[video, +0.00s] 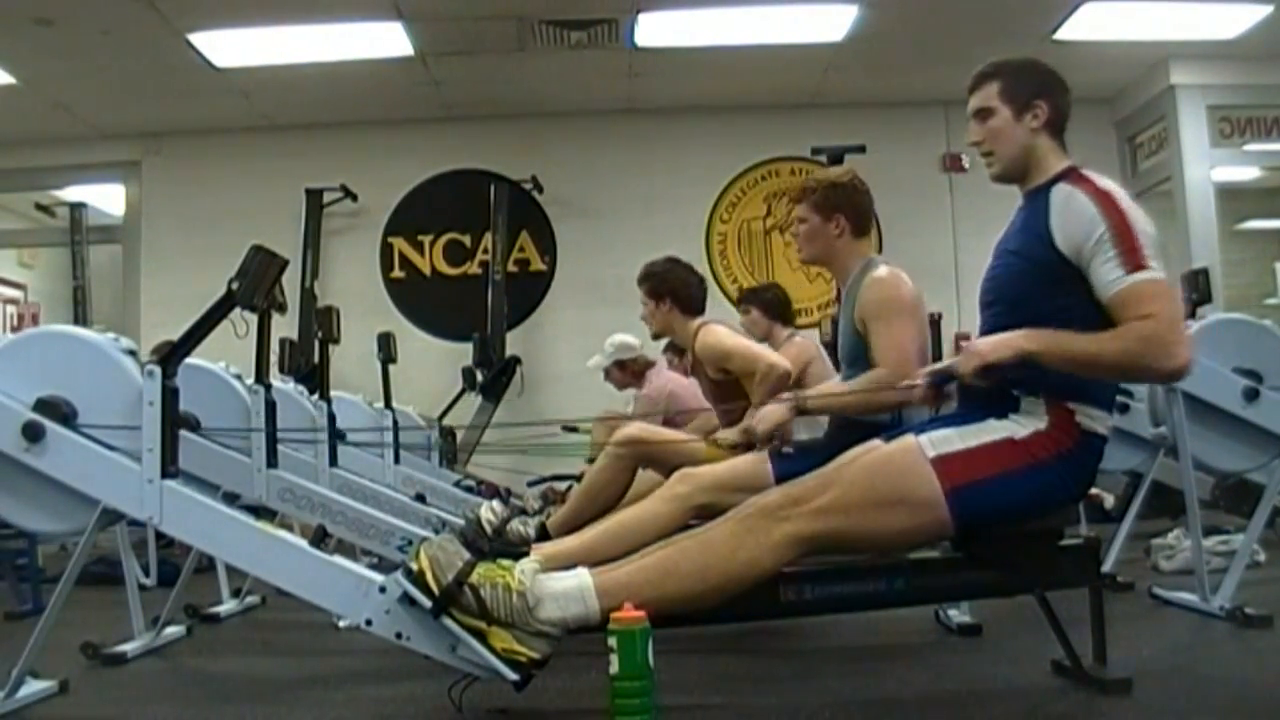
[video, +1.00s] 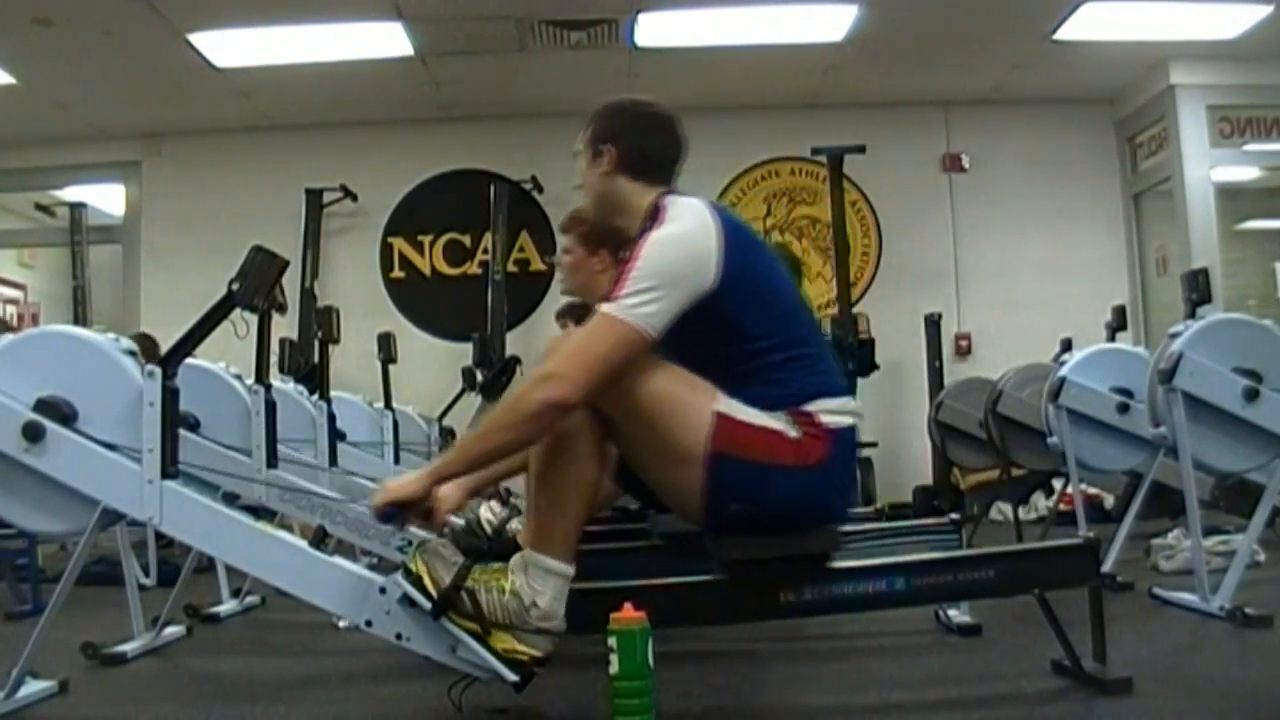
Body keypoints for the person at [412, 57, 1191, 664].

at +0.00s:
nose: (973, 140)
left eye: (985, 121)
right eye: (971, 126)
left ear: (1038, 117)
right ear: (1012, 126)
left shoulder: (1086, 198)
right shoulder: (1040, 213)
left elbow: (1166, 344)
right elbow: (1062, 341)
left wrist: (1018, 345)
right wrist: (972, 364)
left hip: (1042, 436)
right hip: (1002, 425)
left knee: (800, 513)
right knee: (782, 502)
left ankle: (566, 606)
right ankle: (560, 593)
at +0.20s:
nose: (933, 132)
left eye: (946, 113)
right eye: (931, 119)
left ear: (999, 113)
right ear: (979, 123)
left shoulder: (1044, 196)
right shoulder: (993, 216)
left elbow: (1038, 369)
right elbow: (986, 362)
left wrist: (885, 391)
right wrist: (879, 405)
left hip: (1035, 438)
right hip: (990, 431)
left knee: (788, 508)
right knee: (761, 496)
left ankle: (554, 605)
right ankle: (551, 597)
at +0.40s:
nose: (853, 135)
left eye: (866, 116)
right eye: (854, 119)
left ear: (919, 119)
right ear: (907, 124)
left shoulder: (970, 197)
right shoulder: (916, 220)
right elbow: (860, 353)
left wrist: (732, 429)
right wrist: (736, 417)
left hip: (1015, 439)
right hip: (965, 432)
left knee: (752, 462)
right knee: (739, 460)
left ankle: (556, 603)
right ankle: (549, 595)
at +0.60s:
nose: (751, 157)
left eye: (760, 135)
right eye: (755, 138)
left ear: (802, 137)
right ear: (806, 138)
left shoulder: (868, 213)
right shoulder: (830, 224)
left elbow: (754, 371)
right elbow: (732, 350)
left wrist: (612, 451)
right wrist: (617, 441)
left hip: (961, 441)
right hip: (912, 430)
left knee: (714, 419)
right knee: (696, 409)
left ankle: (546, 608)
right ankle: (536, 592)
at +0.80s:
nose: (658, 166)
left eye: (665, 150)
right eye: (660, 151)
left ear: (697, 150)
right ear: (713, 154)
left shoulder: (770, 225)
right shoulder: (735, 235)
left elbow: (650, 382)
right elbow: (642, 370)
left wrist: (515, 467)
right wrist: (549, 475)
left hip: (882, 450)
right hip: (837, 440)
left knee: (654, 385)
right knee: (631, 394)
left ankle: (544, 602)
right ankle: (531, 590)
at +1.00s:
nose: (579, 182)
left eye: (583, 164)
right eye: (581, 165)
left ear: (609, 162)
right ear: (649, 167)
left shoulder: (686, 232)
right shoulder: (671, 237)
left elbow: (558, 392)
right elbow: (566, 398)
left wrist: (431, 474)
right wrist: (463, 486)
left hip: (798, 460)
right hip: (776, 456)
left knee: (577, 363)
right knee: (578, 368)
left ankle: (537, 597)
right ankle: (535, 590)